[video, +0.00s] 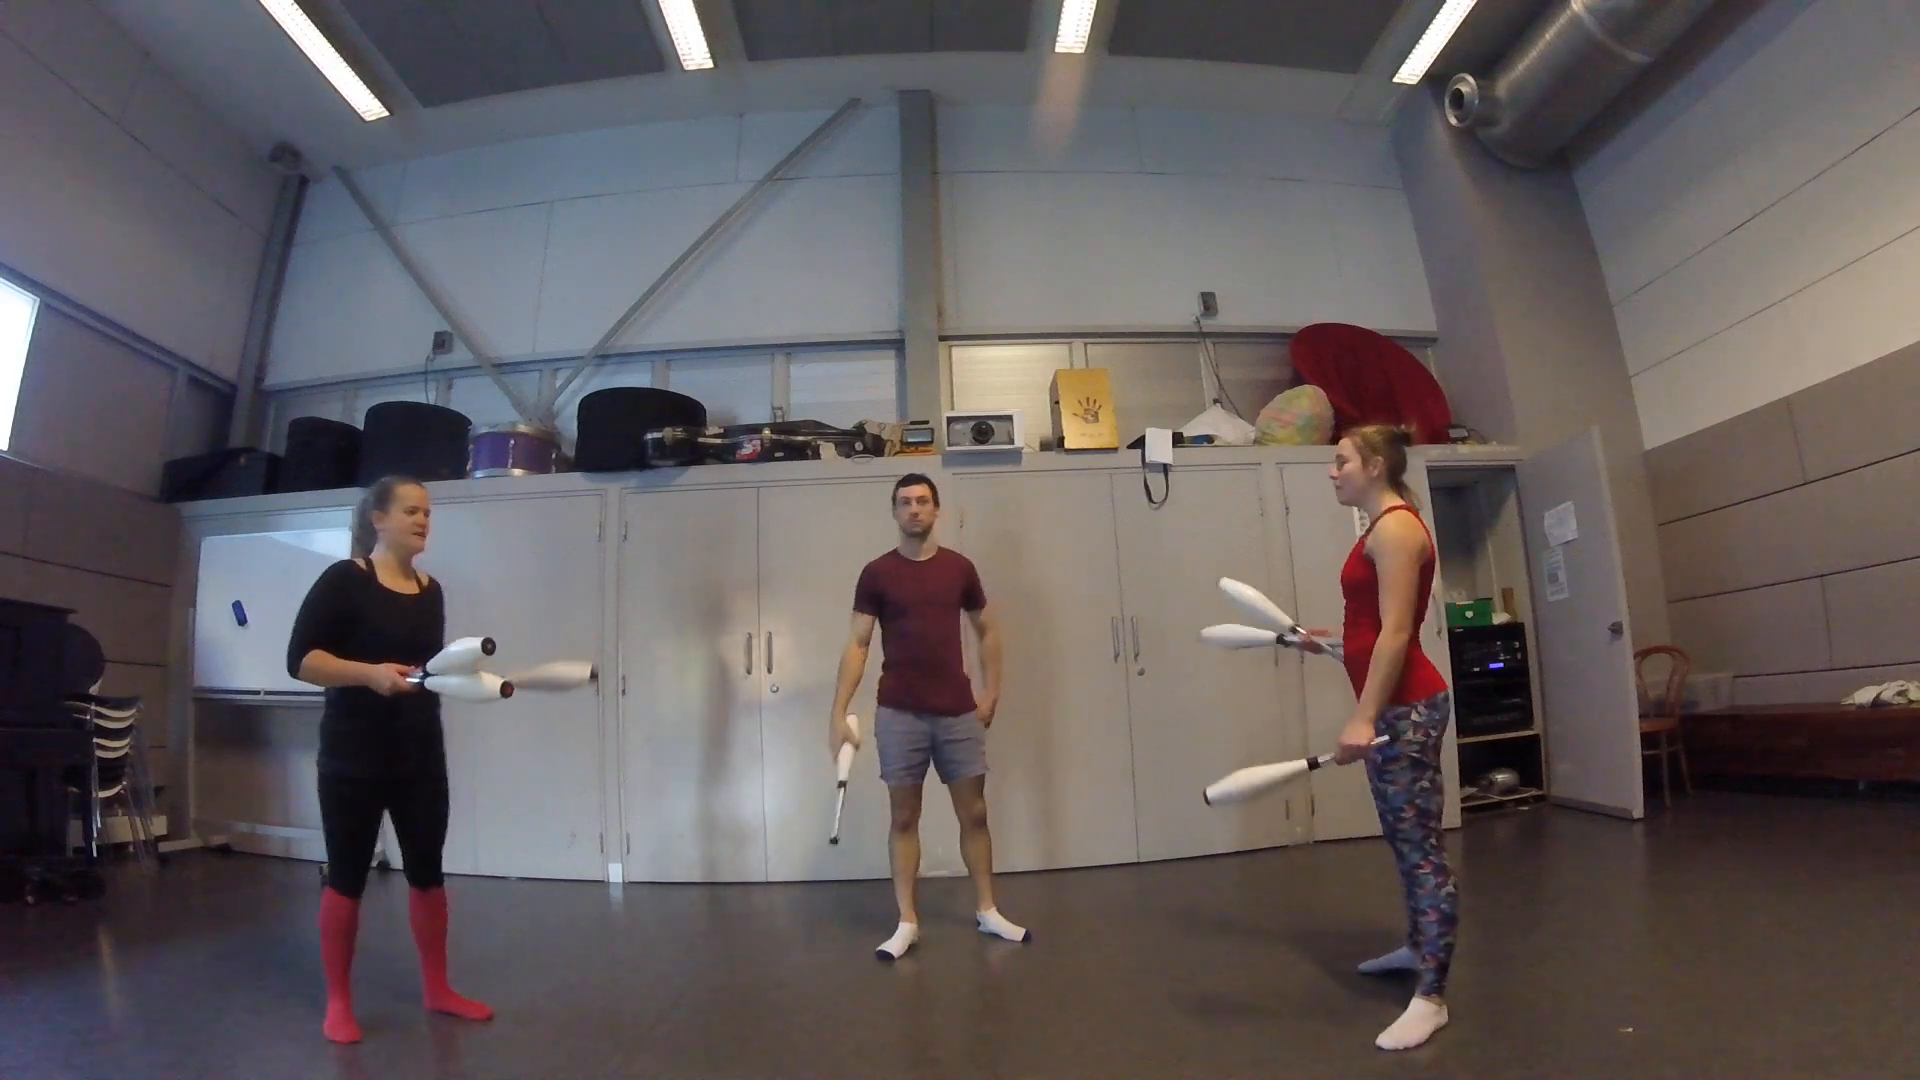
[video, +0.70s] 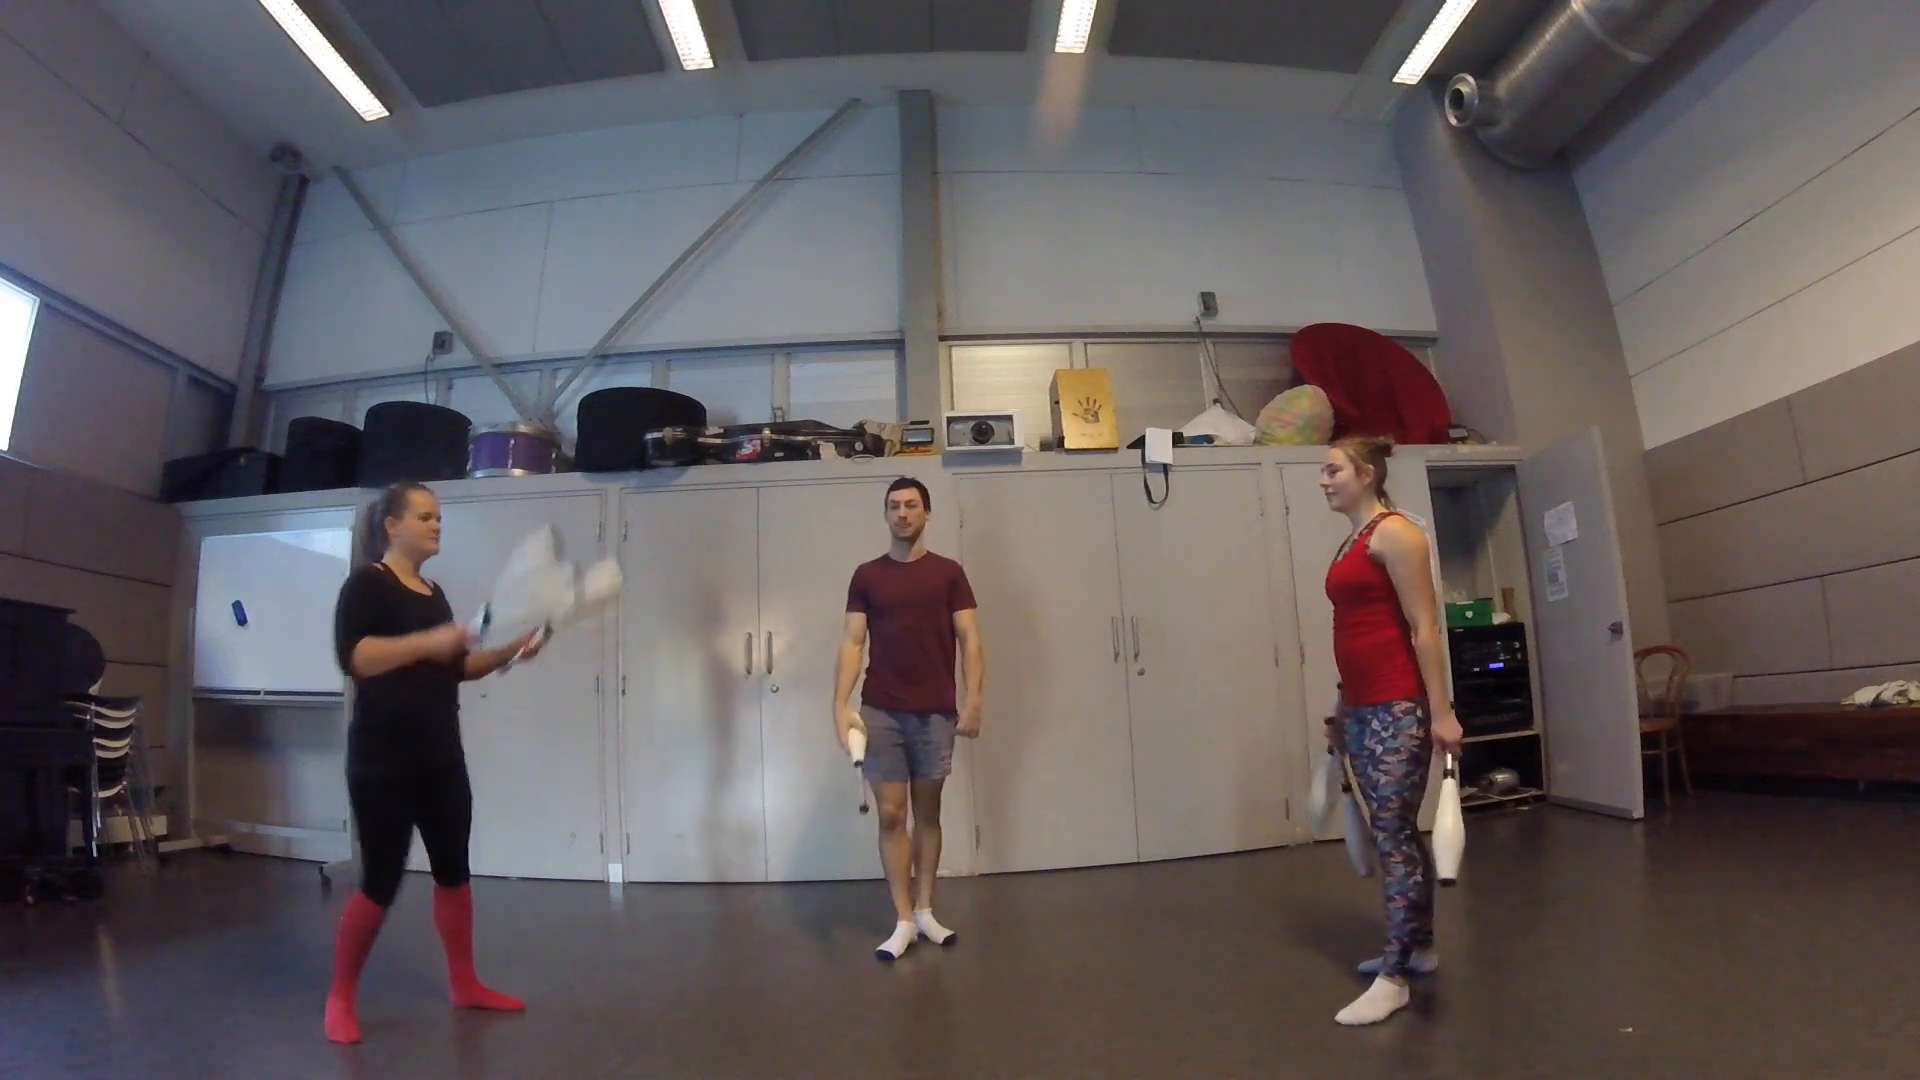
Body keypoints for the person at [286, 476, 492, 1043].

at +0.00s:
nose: (425, 522)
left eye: (427, 513)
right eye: (413, 512)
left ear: (424, 522)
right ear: (378, 518)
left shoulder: (429, 589)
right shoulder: (342, 580)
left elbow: (434, 667)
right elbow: (301, 660)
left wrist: (478, 681)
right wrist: (368, 673)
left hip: (419, 752)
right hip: (352, 753)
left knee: (427, 872)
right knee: (346, 877)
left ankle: (438, 990)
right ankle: (338, 1001)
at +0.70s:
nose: (437, 528)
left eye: (438, 520)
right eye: (426, 518)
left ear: (430, 529)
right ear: (390, 525)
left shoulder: (433, 593)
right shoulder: (364, 586)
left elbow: (450, 668)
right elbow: (356, 657)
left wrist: (508, 653)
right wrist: (429, 643)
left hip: (440, 755)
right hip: (381, 759)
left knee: (453, 872)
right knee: (380, 882)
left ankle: (465, 986)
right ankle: (342, 997)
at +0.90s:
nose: (451, 523)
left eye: (451, 515)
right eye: (439, 514)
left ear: (447, 529)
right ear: (403, 524)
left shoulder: (448, 593)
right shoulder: (380, 581)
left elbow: (493, 646)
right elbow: (403, 626)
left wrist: (530, 597)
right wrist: (457, 569)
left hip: (454, 750)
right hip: (401, 754)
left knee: (459, 871)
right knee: (424, 876)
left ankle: (465, 985)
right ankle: (394, 1000)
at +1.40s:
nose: (460, 519)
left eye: (461, 511)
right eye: (449, 510)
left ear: (454, 523)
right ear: (413, 519)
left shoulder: (460, 588)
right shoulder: (389, 582)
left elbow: (503, 646)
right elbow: (418, 643)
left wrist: (531, 596)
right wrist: (490, 610)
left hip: (457, 750)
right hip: (402, 753)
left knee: (458, 871)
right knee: (403, 875)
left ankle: (465, 986)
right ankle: (404, 1004)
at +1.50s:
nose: (465, 519)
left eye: (465, 510)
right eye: (454, 510)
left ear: (458, 522)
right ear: (417, 519)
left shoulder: (462, 586)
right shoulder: (395, 582)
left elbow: (505, 645)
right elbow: (400, 660)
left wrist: (536, 590)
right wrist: (481, 671)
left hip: (457, 748)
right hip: (402, 751)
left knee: (457, 871)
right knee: (403, 875)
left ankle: (465, 986)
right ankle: (404, 1005)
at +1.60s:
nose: (469, 518)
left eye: (470, 510)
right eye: (458, 510)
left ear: (463, 523)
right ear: (422, 520)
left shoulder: (467, 587)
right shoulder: (401, 584)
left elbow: (508, 644)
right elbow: (391, 669)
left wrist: (538, 587)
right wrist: (455, 723)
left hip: (461, 749)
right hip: (405, 751)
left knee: (457, 872)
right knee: (404, 876)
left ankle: (465, 986)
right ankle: (404, 1006)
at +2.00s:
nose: (476, 519)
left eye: (476, 510)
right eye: (465, 510)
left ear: (467, 521)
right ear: (429, 520)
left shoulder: (468, 585)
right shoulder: (415, 583)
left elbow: (492, 656)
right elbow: (434, 661)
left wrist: (549, 625)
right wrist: (513, 691)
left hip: (462, 750)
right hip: (412, 753)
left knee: (459, 869)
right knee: (408, 873)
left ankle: (466, 987)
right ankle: (404, 1006)